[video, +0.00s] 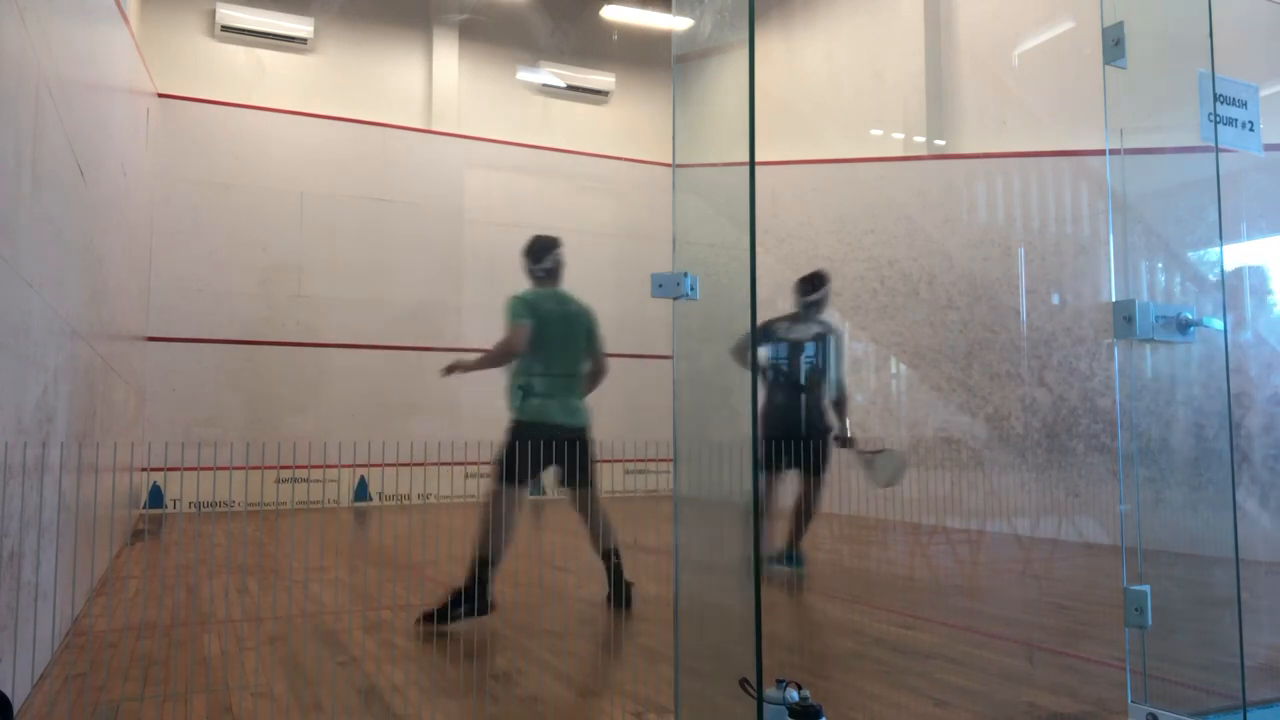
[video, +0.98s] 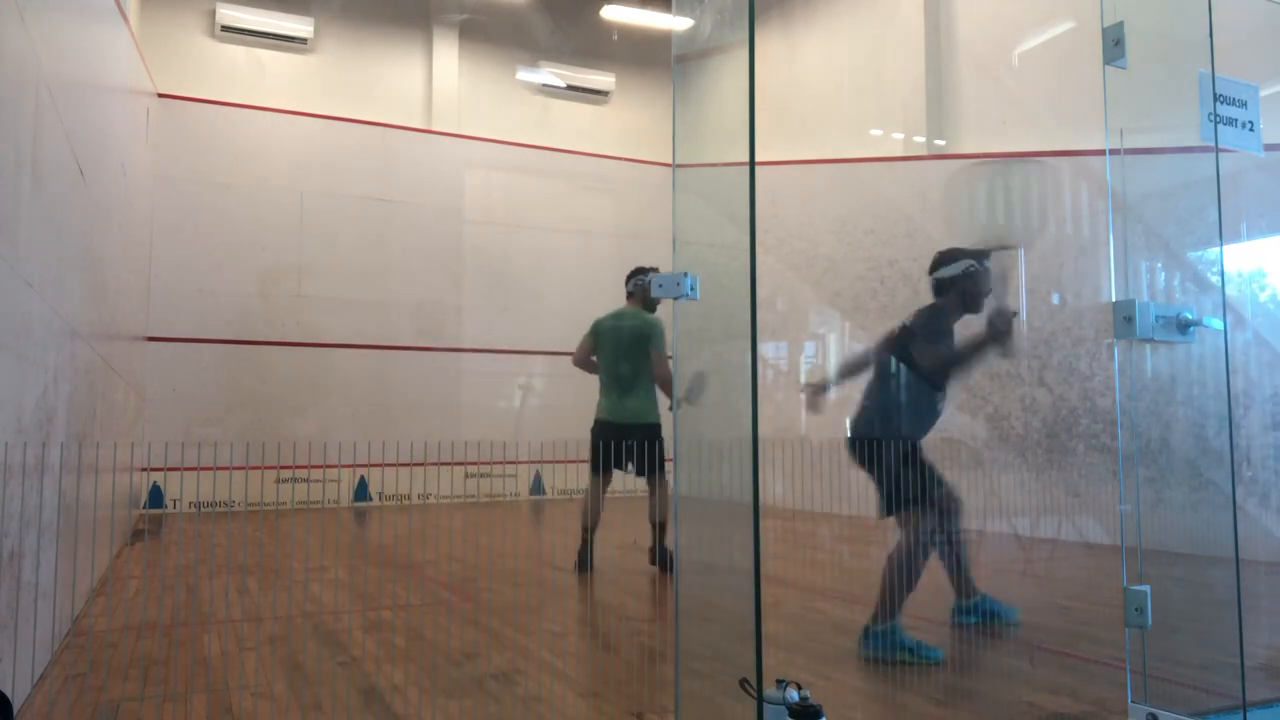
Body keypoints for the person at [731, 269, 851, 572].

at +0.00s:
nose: (823, 303)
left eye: (819, 297)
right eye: (823, 297)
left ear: (798, 296)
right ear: (824, 298)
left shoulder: (775, 326)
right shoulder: (830, 333)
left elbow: (739, 350)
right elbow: (836, 384)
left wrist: (765, 373)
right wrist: (844, 426)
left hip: (775, 419)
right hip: (812, 421)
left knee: (766, 485)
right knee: (811, 488)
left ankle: (756, 548)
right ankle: (791, 548)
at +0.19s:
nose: (892, 313)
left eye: (891, 307)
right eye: (888, 307)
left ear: (858, 311)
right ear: (878, 312)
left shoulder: (831, 342)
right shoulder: (877, 349)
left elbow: (805, 375)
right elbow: (883, 402)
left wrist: (833, 397)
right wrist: (906, 446)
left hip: (826, 437)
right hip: (858, 437)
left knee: (867, 493)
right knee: (904, 496)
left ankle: (860, 560)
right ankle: (912, 569)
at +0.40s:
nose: (958, 327)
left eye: (957, 320)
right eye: (954, 320)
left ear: (922, 322)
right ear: (939, 322)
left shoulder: (895, 353)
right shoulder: (933, 361)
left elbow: (872, 399)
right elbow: (938, 421)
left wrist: (910, 409)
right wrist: (967, 465)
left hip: (879, 449)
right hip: (911, 450)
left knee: (919, 494)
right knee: (978, 497)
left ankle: (879, 554)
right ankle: (976, 583)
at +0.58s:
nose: (982, 295)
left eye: (981, 288)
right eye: (977, 288)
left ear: (948, 292)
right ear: (960, 290)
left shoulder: (925, 325)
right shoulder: (943, 326)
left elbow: (929, 386)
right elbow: (938, 377)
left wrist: (969, 392)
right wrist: (964, 406)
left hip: (906, 435)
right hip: (929, 434)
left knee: (964, 492)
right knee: (993, 493)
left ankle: (942, 553)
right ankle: (983, 578)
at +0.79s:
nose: (993, 280)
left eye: (991, 272)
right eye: (986, 273)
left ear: (959, 282)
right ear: (963, 280)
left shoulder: (950, 325)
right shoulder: (936, 317)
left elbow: (942, 367)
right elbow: (916, 341)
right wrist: (968, 339)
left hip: (925, 433)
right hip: (910, 435)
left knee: (985, 494)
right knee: (984, 491)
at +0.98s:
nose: (987, 293)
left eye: (986, 285)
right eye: (983, 284)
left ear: (952, 286)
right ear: (962, 285)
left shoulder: (927, 320)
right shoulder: (934, 321)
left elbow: (875, 353)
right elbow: (934, 368)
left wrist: (828, 382)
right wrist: (988, 340)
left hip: (890, 437)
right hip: (880, 438)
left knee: (946, 508)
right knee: (923, 524)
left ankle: (968, 599)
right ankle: (881, 629)